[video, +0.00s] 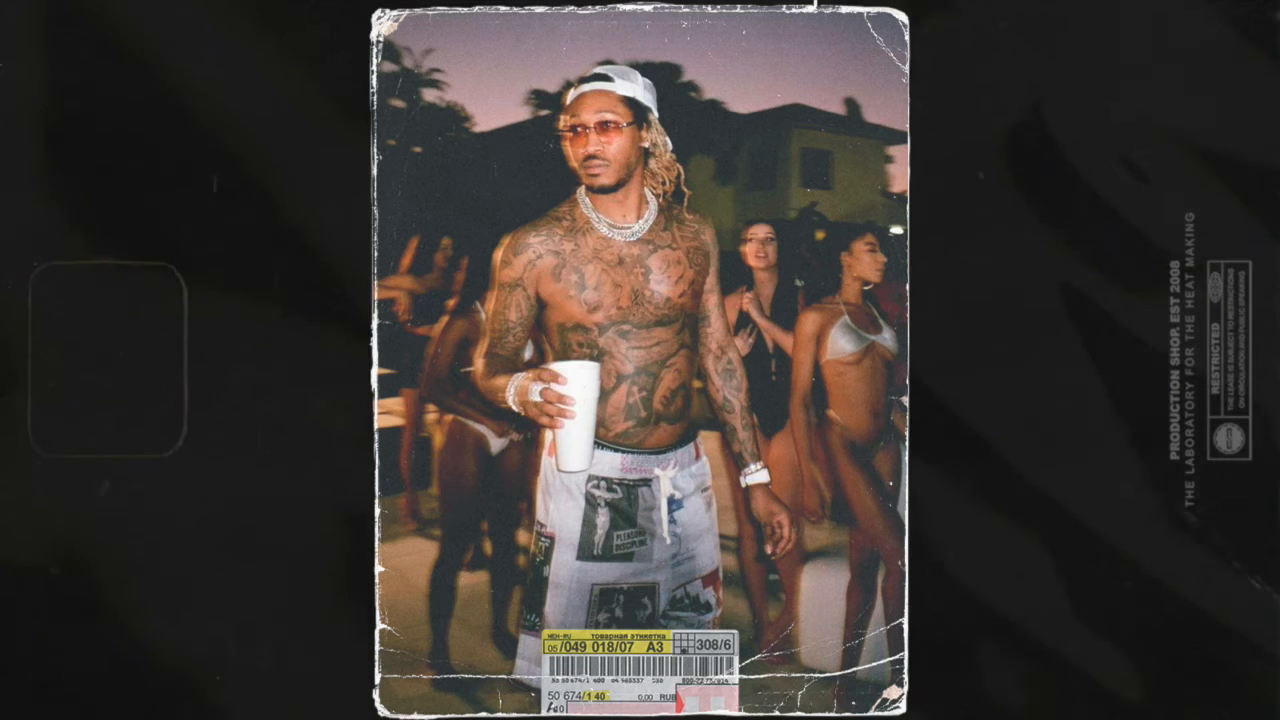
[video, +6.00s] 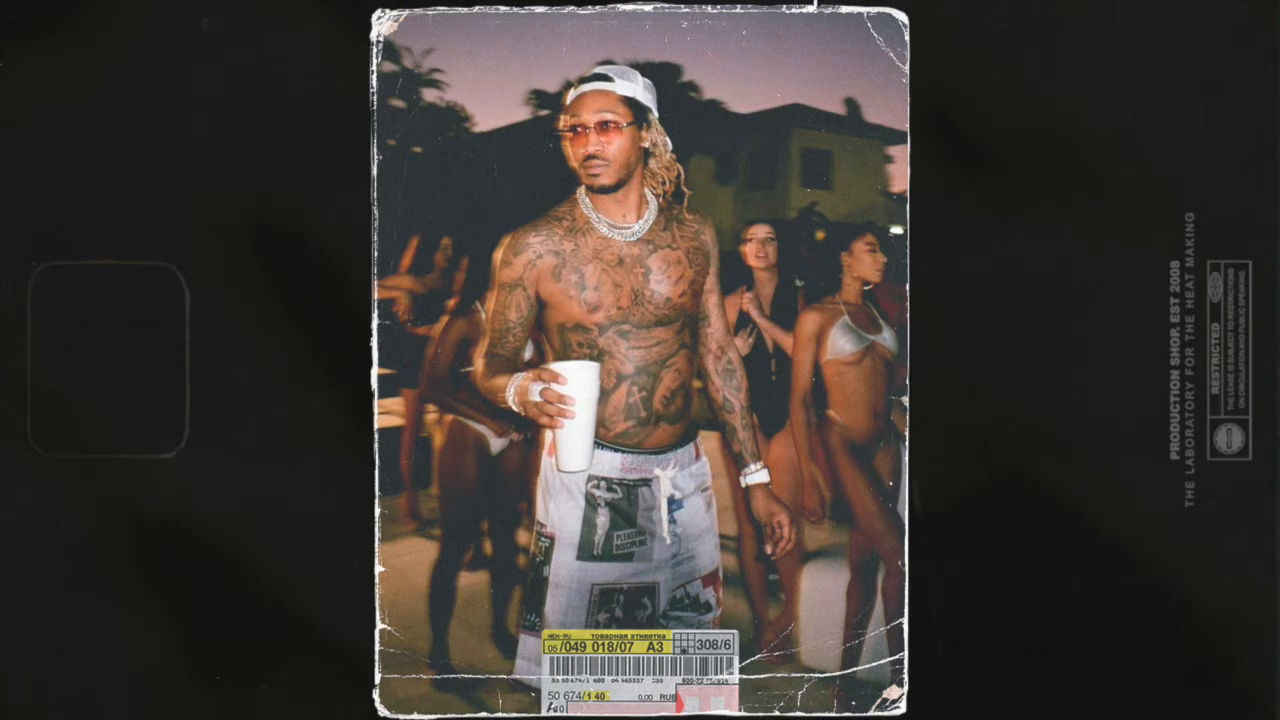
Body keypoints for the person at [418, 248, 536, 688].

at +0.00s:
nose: (515, 286)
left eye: (522, 278)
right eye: (508, 275)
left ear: (532, 287)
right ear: (494, 275)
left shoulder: (531, 331)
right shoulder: (465, 321)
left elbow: (543, 385)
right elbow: (433, 387)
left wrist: (529, 420)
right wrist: (489, 421)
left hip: (515, 444)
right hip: (465, 440)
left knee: (506, 541)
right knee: (455, 545)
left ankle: (501, 629)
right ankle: (439, 651)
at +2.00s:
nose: (515, 285)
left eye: (522, 277)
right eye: (509, 275)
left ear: (530, 287)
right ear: (493, 276)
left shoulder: (530, 331)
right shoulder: (464, 323)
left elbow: (543, 383)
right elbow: (435, 387)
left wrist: (529, 419)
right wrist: (491, 422)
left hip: (514, 446)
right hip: (465, 443)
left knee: (505, 542)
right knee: (456, 544)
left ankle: (501, 629)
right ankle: (439, 651)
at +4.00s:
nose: (513, 293)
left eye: (521, 286)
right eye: (507, 284)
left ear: (530, 293)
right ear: (493, 284)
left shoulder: (531, 333)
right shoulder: (464, 324)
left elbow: (543, 384)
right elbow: (435, 387)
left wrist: (529, 420)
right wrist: (490, 422)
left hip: (514, 444)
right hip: (465, 441)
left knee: (506, 540)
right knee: (456, 544)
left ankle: (501, 627)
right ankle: (439, 650)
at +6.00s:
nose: (514, 289)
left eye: (521, 281)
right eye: (507, 279)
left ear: (531, 289)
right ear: (493, 278)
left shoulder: (531, 333)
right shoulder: (465, 322)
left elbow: (543, 386)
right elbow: (434, 386)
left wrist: (529, 421)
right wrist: (490, 422)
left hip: (515, 443)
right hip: (465, 439)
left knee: (506, 540)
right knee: (456, 544)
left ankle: (501, 627)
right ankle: (439, 650)